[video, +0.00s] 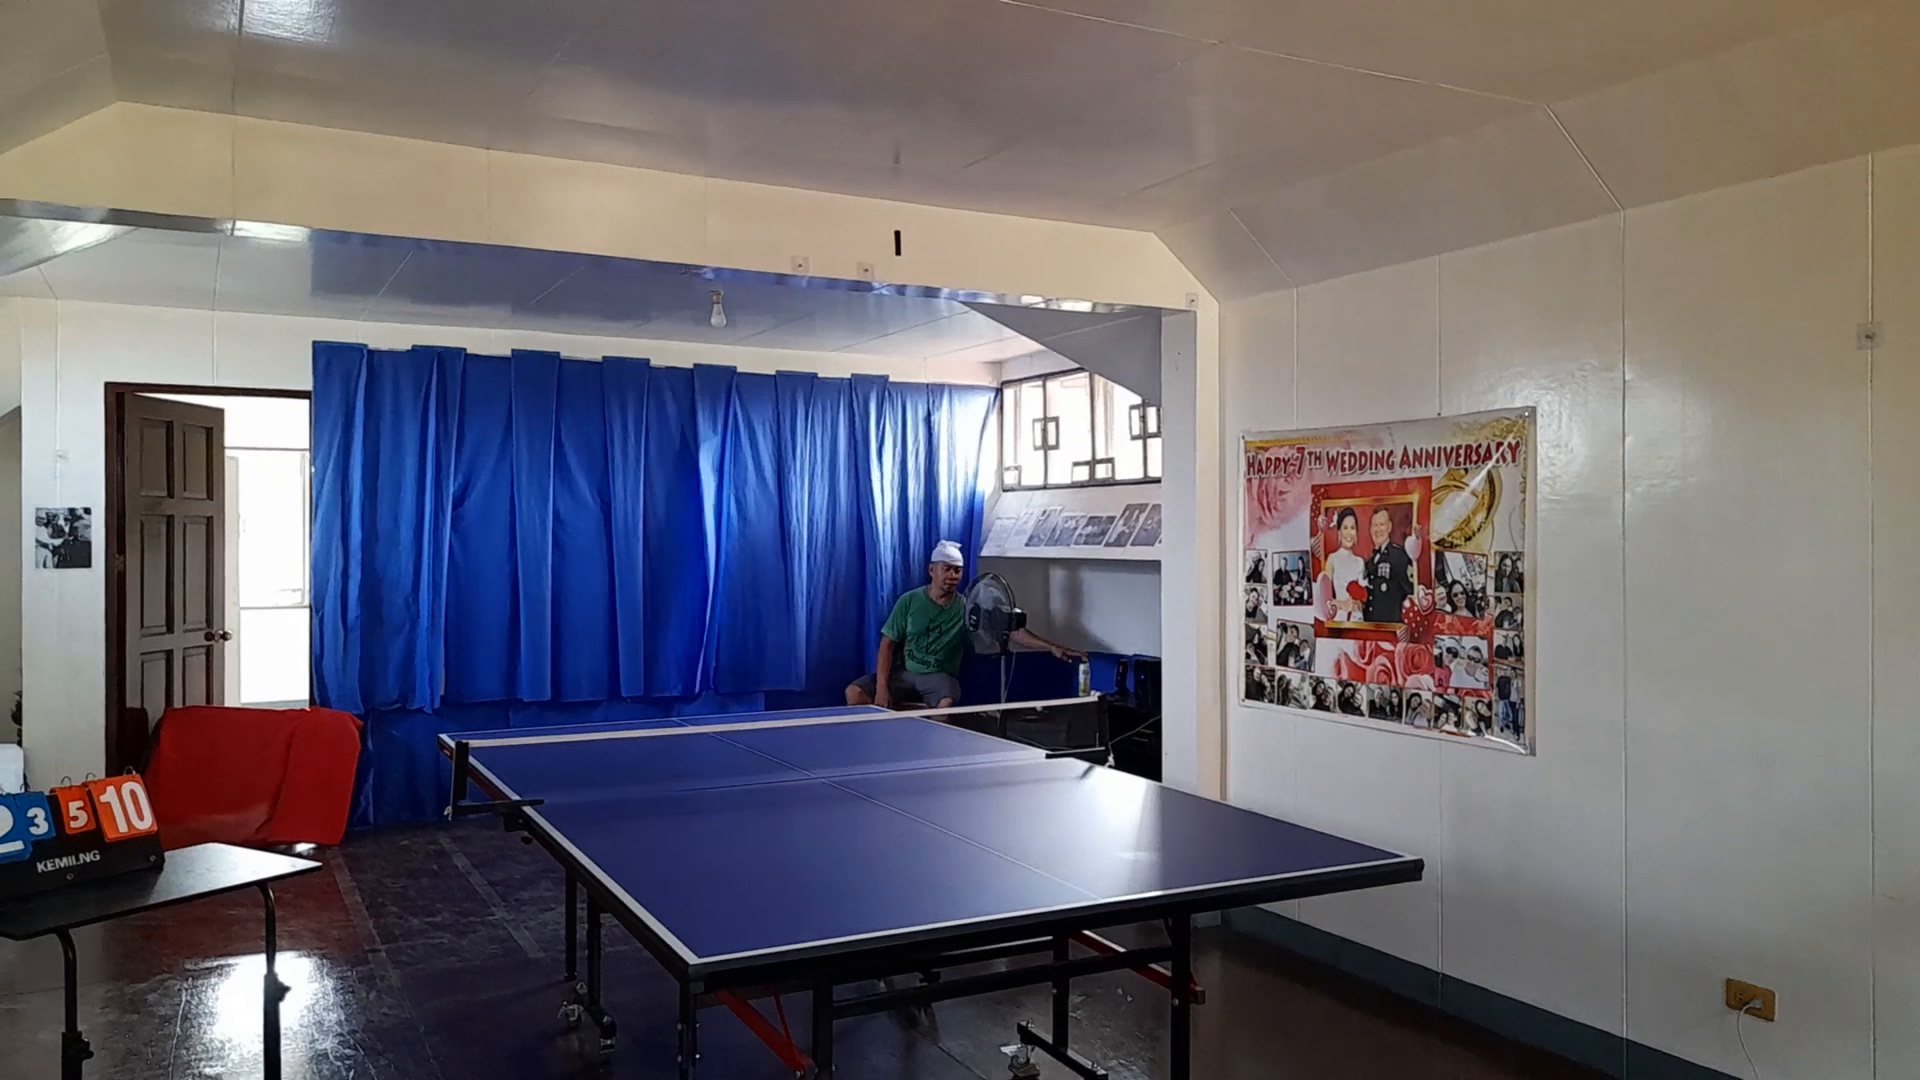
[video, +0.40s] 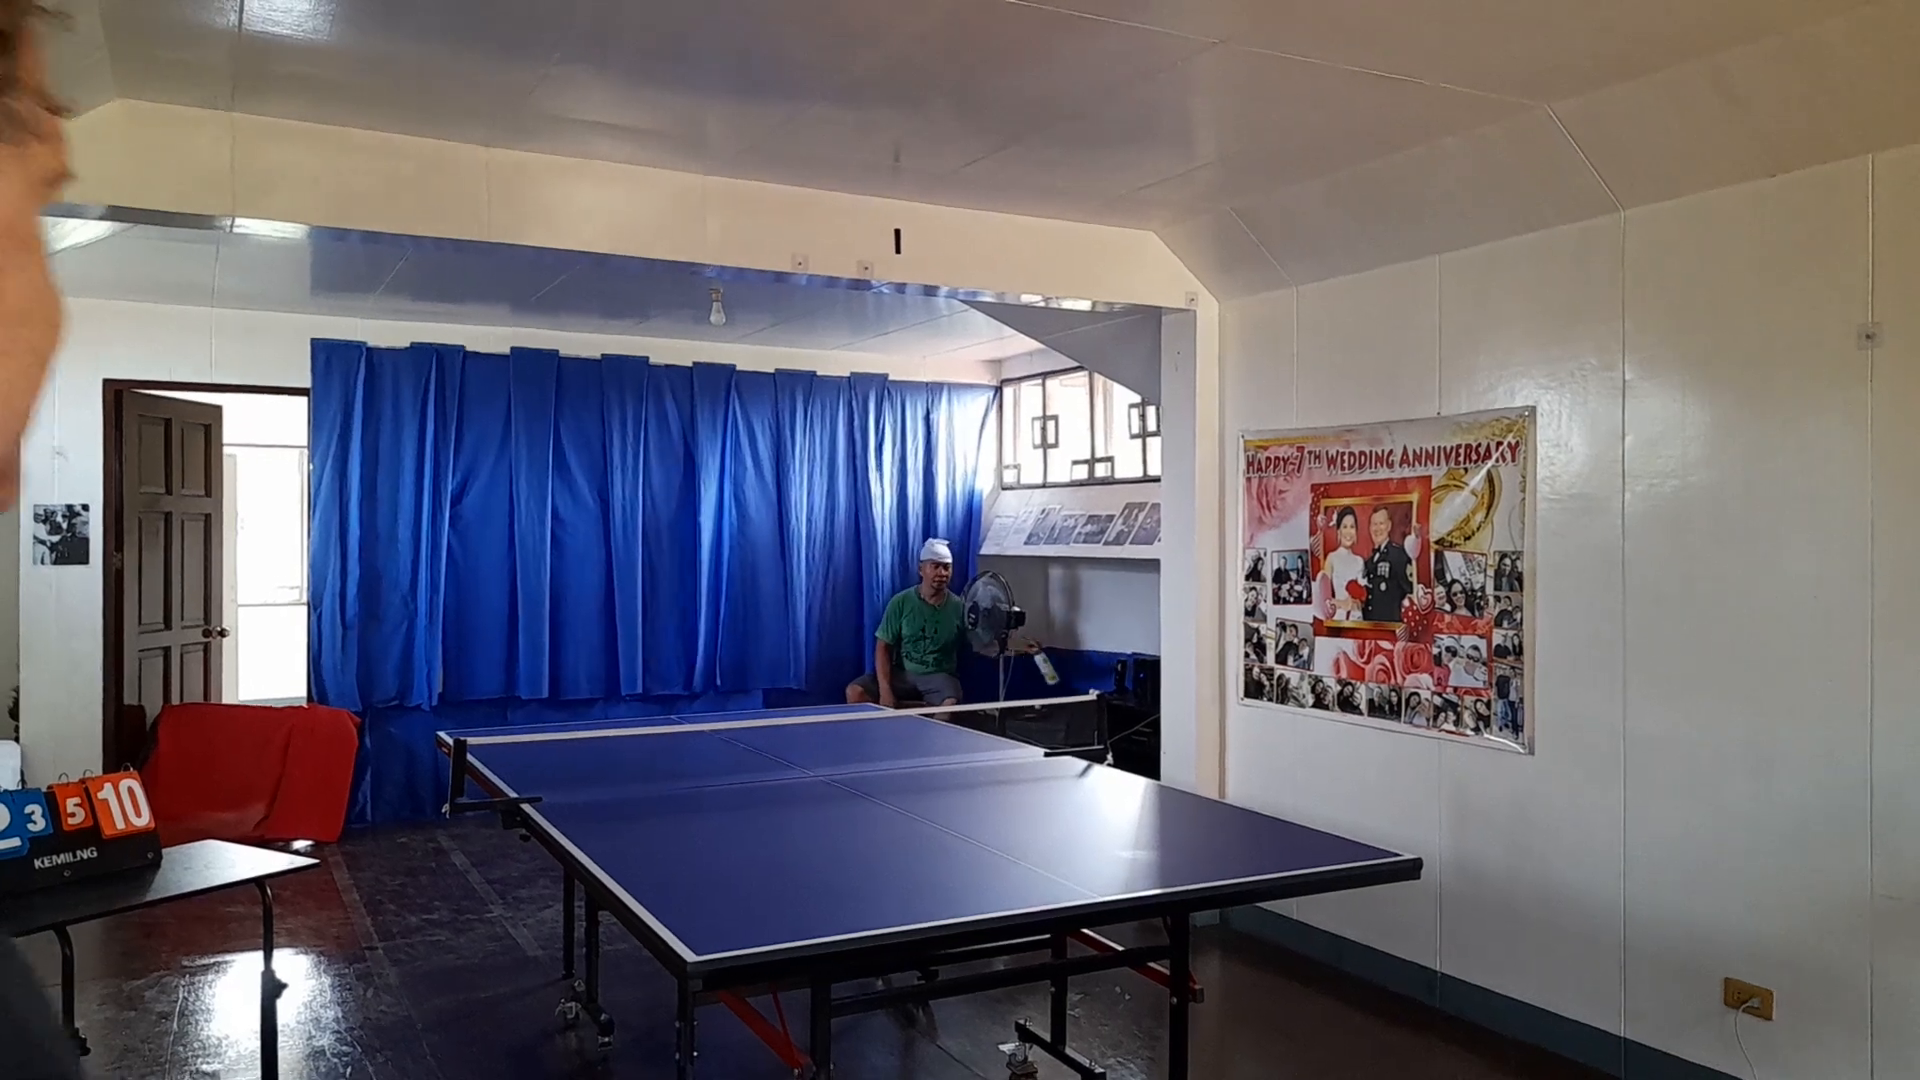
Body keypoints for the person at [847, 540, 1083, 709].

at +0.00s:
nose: (952, 576)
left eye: (957, 571)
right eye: (947, 569)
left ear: (962, 574)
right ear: (932, 570)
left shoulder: (966, 609)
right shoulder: (909, 601)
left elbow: (1011, 631)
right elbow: (887, 645)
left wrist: (1053, 648)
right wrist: (881, 689)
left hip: (939, 678)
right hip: (904, 673)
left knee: (947, 705)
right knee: (854, 692)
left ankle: (923, 748)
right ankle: (881, 743)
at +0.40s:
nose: (941, 573)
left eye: (946, 567)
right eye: (935, 567)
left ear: (951, 570)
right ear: (921, 569)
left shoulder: (959, 607)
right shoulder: (900, 602)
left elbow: (980, 643)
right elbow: (882, 647)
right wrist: (885, 692)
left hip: (938, 677)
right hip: (901, 673)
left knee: (949, 704)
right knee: (855, 692)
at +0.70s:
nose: (929, 568)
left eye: (934, 563)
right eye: (922, 562)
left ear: (939, 568)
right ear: (910, 566)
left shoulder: (950, 606)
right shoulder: (892, 601)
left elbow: (959, 647)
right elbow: (877, 649)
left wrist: (955, 649)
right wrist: (900, 664)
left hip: (933, 678)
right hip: (897, 676)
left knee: (950, 706)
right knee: (854, 692)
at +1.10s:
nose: (904, 565)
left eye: (910, 559)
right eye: (899, 560)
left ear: (923, 563)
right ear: (893, 564)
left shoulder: (937, 600)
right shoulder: (880, 601)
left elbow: (956, 644)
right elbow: (867, 648)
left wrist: (923, 637)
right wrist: (881, 643)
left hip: (928, 675)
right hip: (889, 674)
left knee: (946, 702)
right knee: (851, 691)